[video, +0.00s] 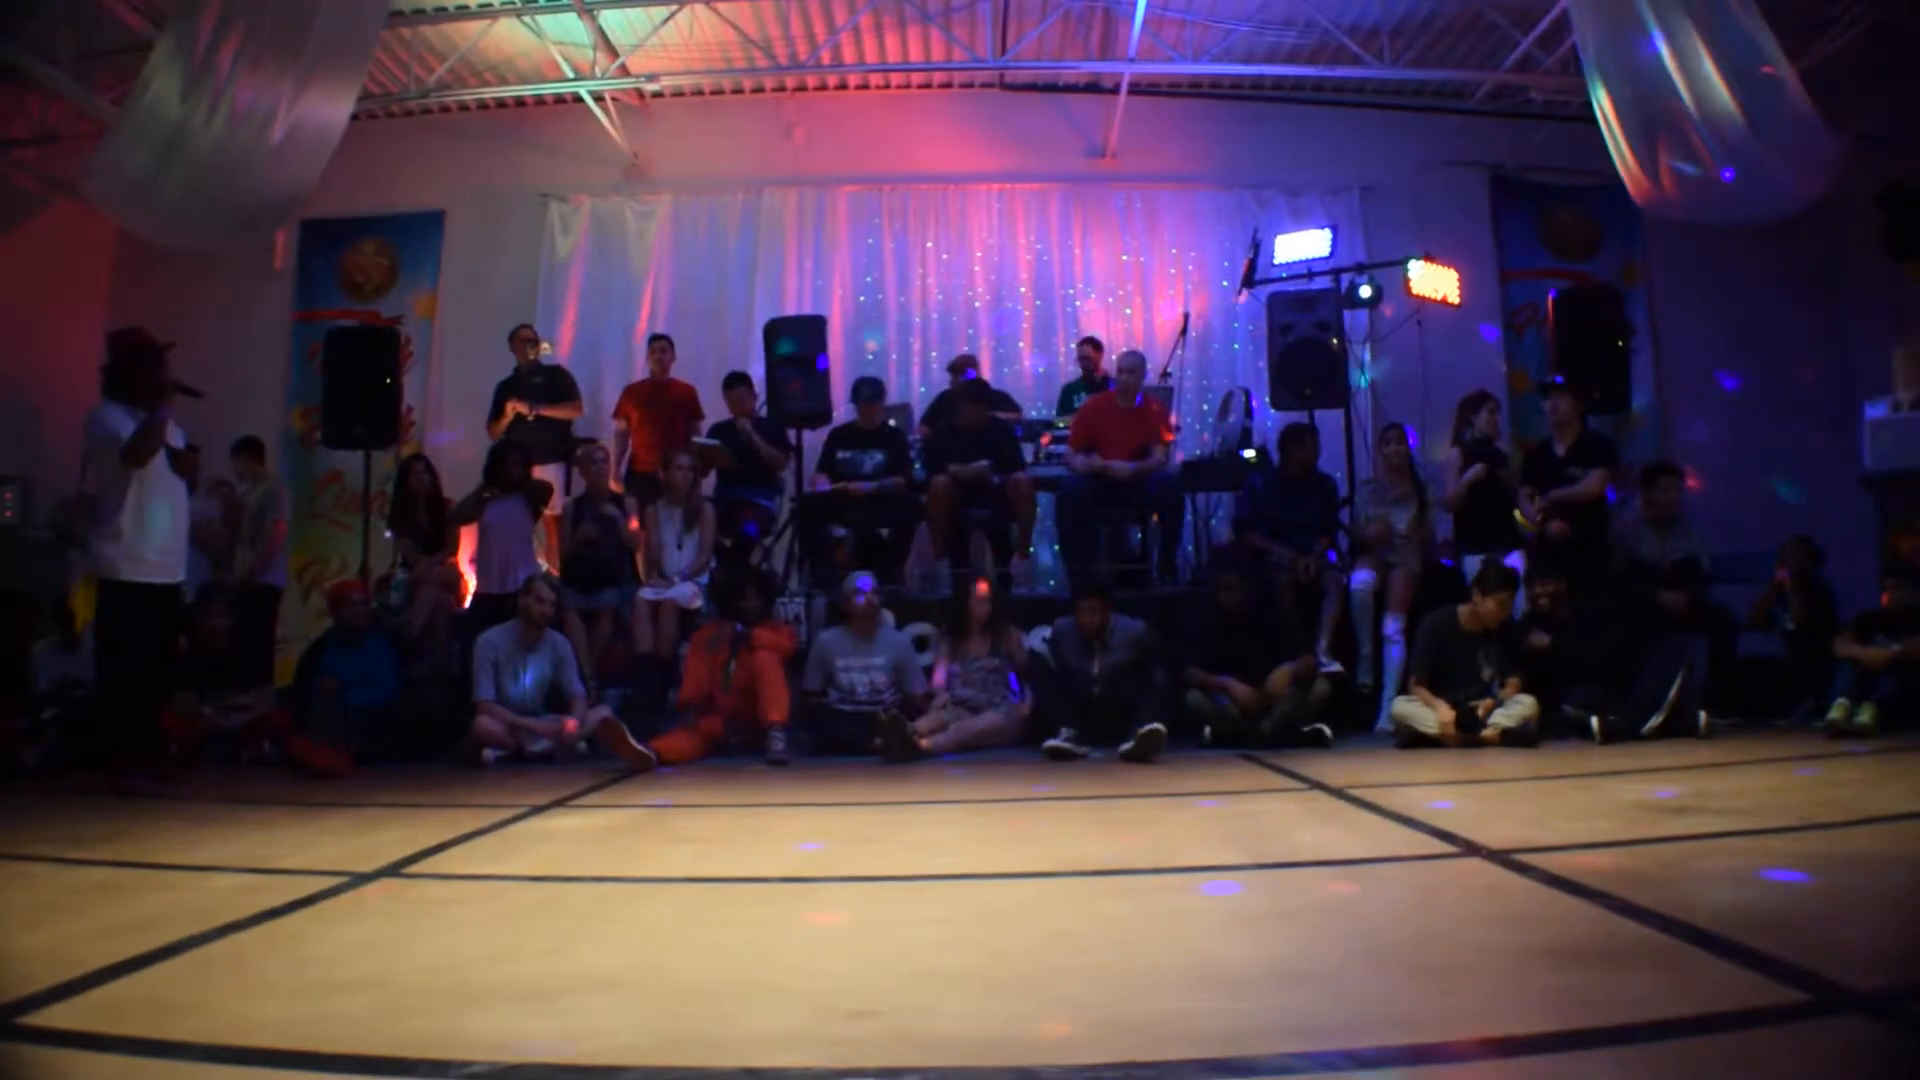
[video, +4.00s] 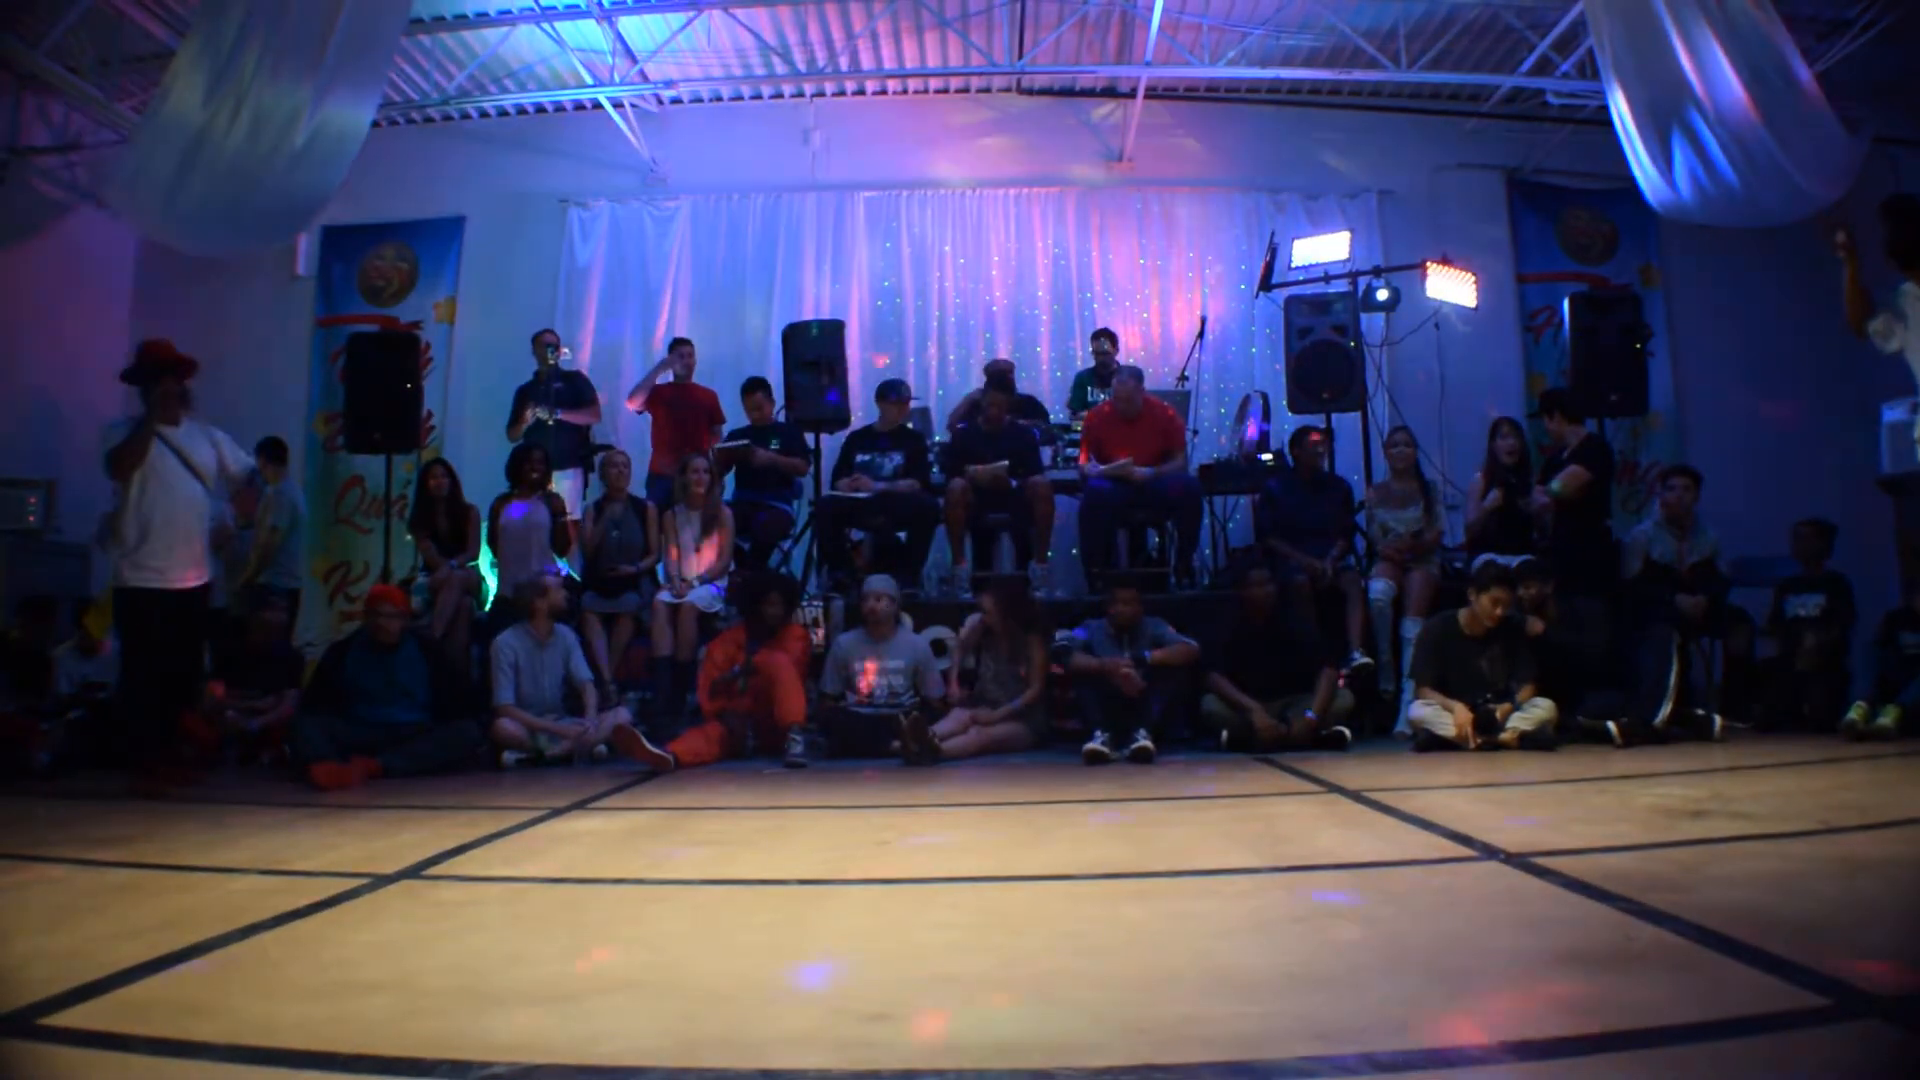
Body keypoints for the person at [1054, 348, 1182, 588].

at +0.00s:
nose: (1125, 378)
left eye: (1132, 373)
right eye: (1121, 372)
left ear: (1143, 376)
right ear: (1115, 374)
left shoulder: (1154, 410)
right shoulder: (1093, 408)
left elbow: (1160, 456)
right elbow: (1073, 457)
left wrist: (1133, 469)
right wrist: (1099, 465)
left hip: (1138, 480)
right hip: (1100, 480)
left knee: (1172, 490)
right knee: (1069, 493)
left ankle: (1167, 569)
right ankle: (1079, 575)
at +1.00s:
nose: (1148, 374)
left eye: (1151, 369)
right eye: (1140, 370)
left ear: (1156, 373)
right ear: (1127, 375)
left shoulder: (1172, 408)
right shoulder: (1108, 414)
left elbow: (1183, 457)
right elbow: (1089, 461)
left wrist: (1154, 467)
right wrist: (1119, 462)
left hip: (1160, 480)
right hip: (1123, 481)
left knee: (1196, 484)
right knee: (1098, 489)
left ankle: (1192, 568)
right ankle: (1102, 572)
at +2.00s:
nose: (1121, 402)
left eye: (1127, 396)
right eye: (1116, 395)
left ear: (1140, 392)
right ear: (1109, 391)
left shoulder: (1161, 413)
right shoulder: (1096, 417)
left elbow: (1178, 461)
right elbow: (1081, 467)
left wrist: (1145, 471)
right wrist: (1107, 470)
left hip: (1151, 483)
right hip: (1113, 484)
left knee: (1184, 490)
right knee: (1093, 494)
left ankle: (1183, 570)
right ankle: (1097, 575)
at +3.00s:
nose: (1125, 402)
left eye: (1130, 396)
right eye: (1120, 396)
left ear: (1143, 390)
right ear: (1114, 392)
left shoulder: (1166, 414)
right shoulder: (1098, 416)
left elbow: (1180, 462)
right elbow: (1085, 464)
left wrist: (1151, 473)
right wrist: (1110, 470)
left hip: (1154, 484)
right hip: (1116, 484)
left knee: (1189, 491)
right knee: (1095, 494)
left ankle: (1184, 567)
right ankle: (1097, 573)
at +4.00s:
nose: (1120, 405)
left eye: (1126, 399)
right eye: (1116, 398)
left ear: (1141, 392)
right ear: (1111, 393)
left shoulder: (1165, 415)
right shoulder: (1096, 417)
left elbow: (1180, 462)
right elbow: (1085, 465)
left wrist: (1150, 473)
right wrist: (1109, 470)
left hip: (1153, 484)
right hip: (1115, 484)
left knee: (1188, 489)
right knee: (1095, 493)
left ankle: (1184, 568)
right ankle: (1096, 575)